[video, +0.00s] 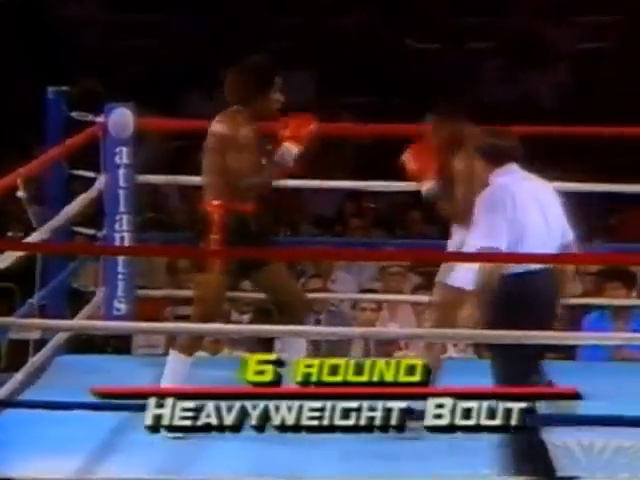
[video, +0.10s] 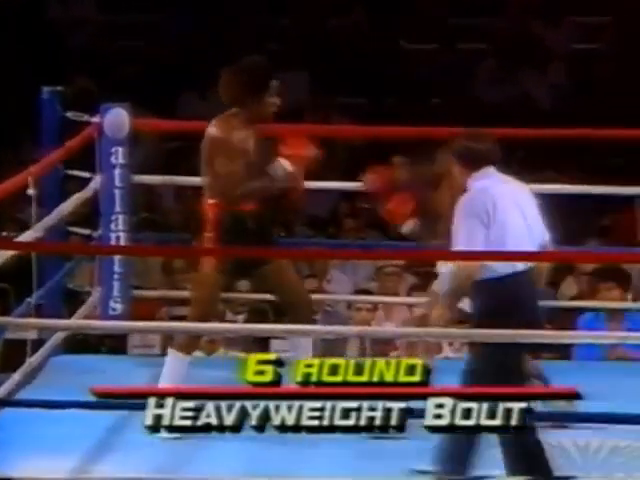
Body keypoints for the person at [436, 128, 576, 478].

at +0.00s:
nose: (470, 168)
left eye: (472, 161)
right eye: (470, 161)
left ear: (484, 161)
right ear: (514, 156)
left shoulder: (495, 193)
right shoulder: (544, 188)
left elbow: (491, 257)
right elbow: (566, 246)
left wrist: (481, 305)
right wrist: (560, 295)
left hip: (514, 283)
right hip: (547, 279)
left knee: (511, 375)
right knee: (522, 369)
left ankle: (535, 464)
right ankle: (523, 458)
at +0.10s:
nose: (452, 176)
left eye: (453, 167)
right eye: (452, 168)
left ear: (464, 165)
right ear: (491, 161)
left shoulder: (473, 198)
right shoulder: (520, 189)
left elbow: (469, 264)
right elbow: (543, 249)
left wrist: (446, 303)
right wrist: (531, 288)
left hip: (494, 292)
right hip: (524, 288)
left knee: (503, 383)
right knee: (479, 379)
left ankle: (533, 469)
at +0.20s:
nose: (436, 181)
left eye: (438, 173)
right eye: (436, 173)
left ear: (450, 170)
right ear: (477, 165)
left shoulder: (465, 198)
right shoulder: (506, 192)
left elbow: (457, 266)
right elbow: (531, 253)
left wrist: (433, 302)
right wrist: (518, 294)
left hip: (484, 294)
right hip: (509, 291)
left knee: (502, 386)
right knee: (465, 381)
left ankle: (535, 470)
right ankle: (423, 464)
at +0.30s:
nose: (416, 180)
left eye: (418, 173)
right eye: (416, 172)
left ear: (428, 173)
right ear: (456, 167)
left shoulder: (442, 204)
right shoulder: (483, 197)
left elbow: (437, 267)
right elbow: (504, 256)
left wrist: (404, 303)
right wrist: (495, 296)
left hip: (460, 294)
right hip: (486, 290)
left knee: (482, 384)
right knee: (449, 380)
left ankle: (528, 468)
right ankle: (411, 462)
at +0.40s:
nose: (399, 177)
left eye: (401, 170)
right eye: (400, 170)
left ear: (411, 170)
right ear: (439, 165)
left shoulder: (420, 204)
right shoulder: (465, 198)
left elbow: (415, 265)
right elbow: (487, 256)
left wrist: (389, 304)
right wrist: (478, 294)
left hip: (439, 295)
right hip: (468, 291)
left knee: (453, 385)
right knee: (433, 383)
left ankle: (516, 469)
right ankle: (409, 467)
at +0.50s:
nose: (374, 169)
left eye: (377, 163)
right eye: (375, 161)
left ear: (386, 165)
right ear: (416, 161)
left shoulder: (395, 200)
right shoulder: (442, 195)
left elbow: (391, 262)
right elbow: (460, 255)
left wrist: (368, 306)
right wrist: (449, 293)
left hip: (408, 291)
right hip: (440, 288)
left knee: (402, 384)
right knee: (414, 382)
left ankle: (471, 453)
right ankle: (406, 465)